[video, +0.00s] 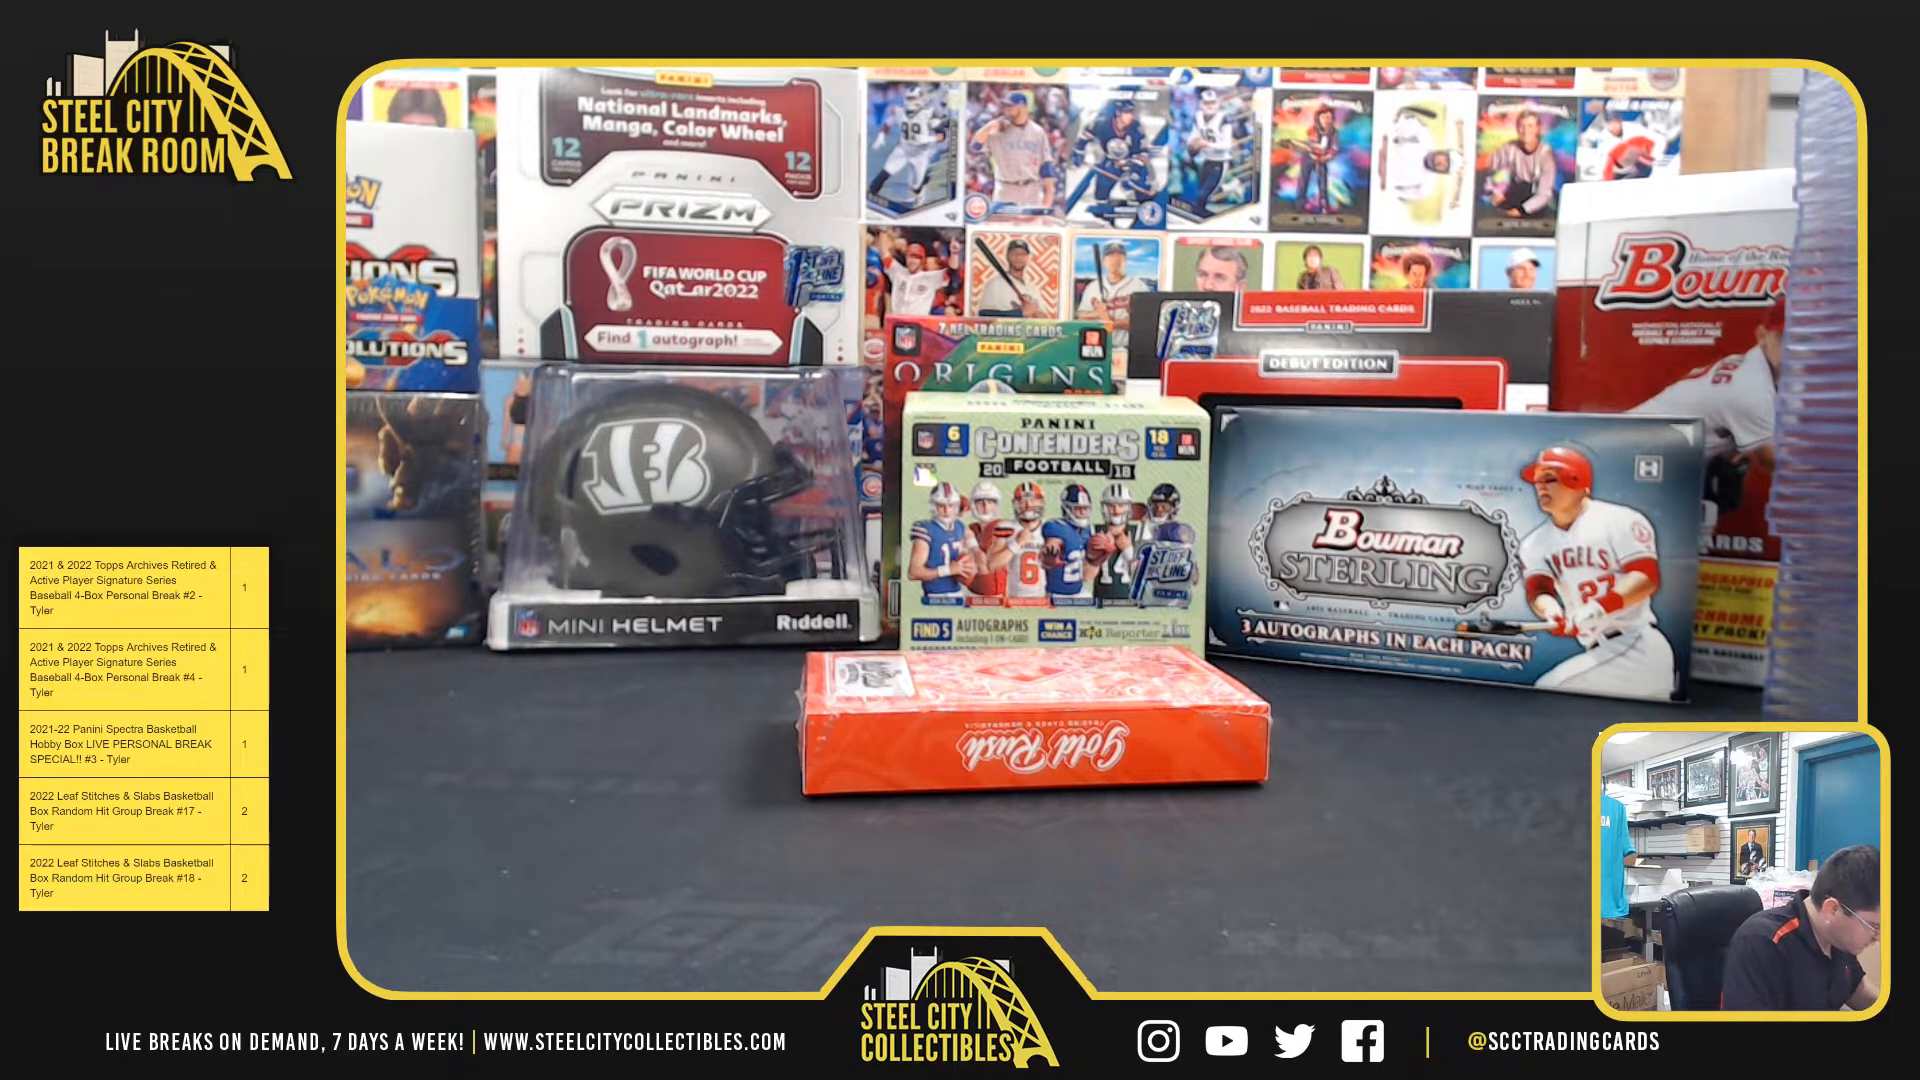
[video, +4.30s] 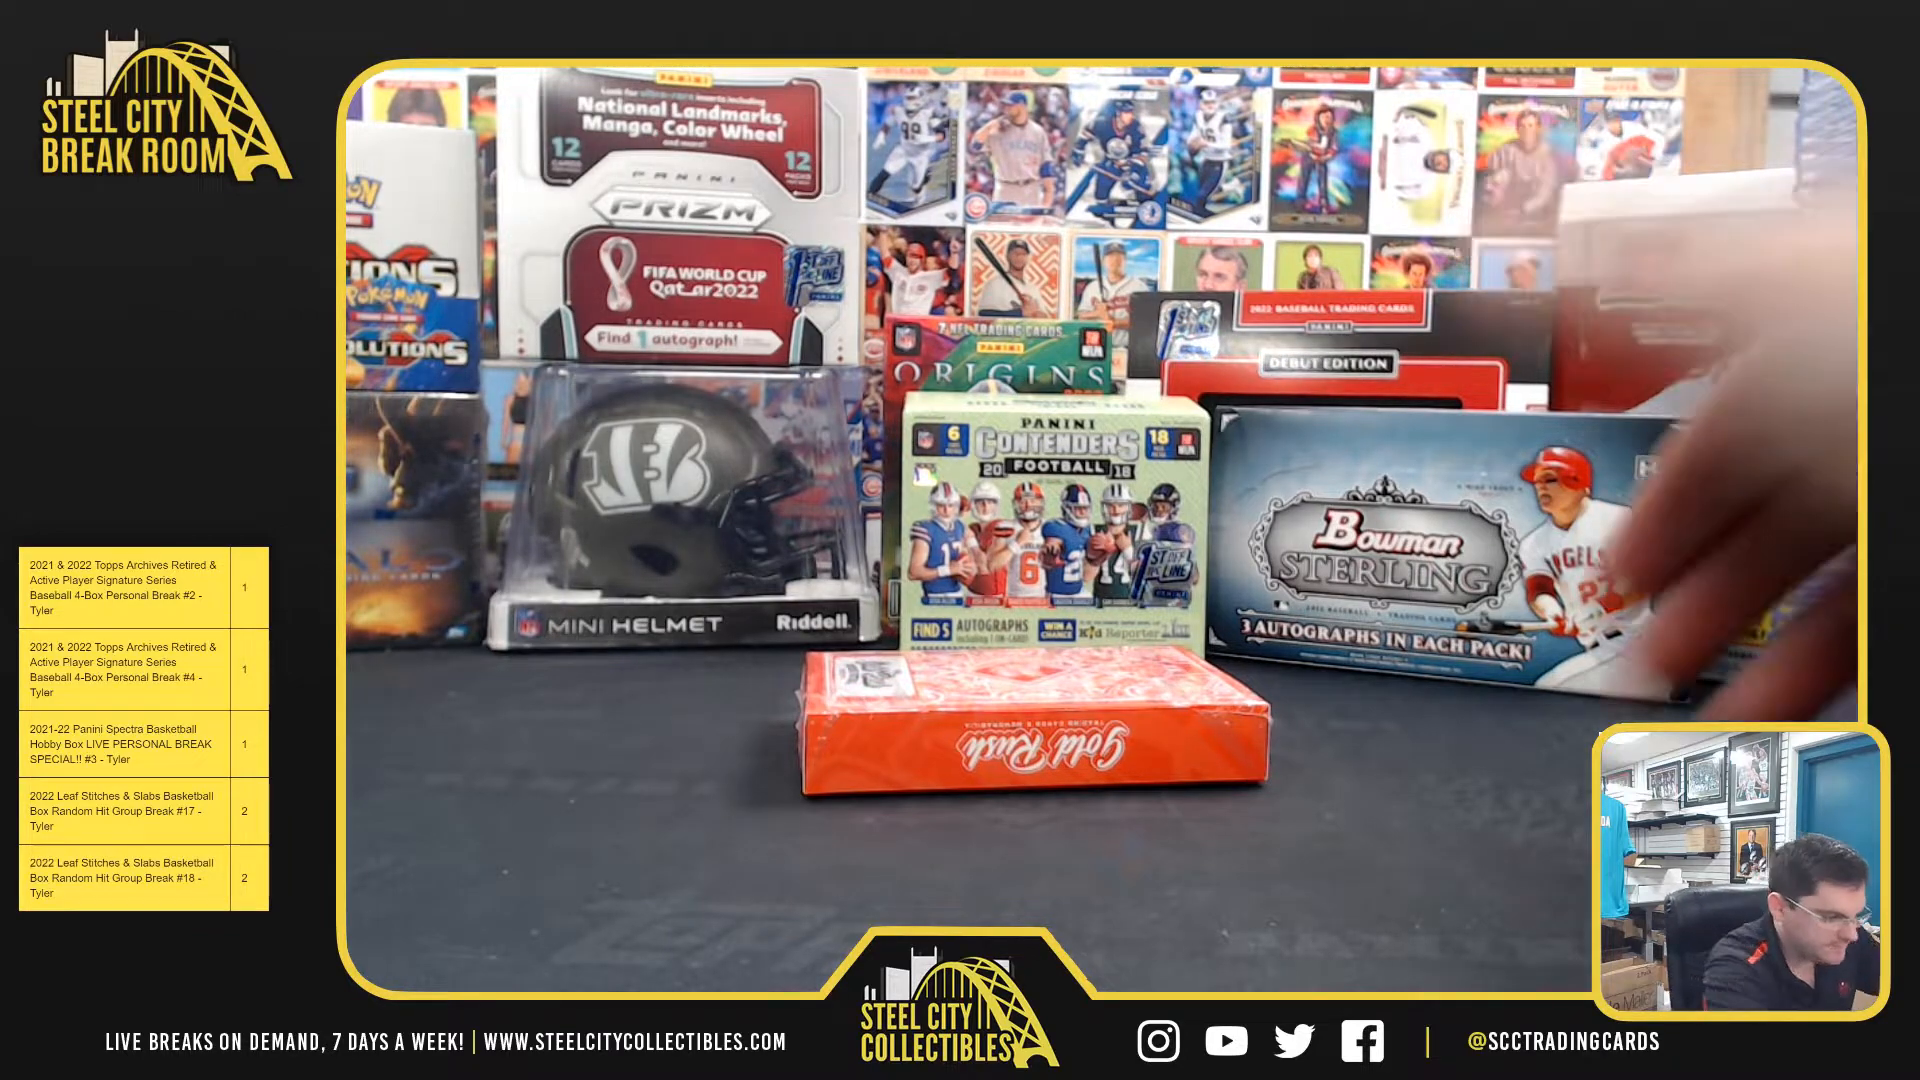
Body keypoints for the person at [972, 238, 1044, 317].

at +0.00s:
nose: (1019, 258)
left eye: (1023, 254)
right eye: (1015, 254)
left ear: (1028, 258)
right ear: (1008, 256)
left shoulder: (1032, 288)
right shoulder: (995, 284)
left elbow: (1045, 317)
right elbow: (985, 314)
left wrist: (1034, 310)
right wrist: (1020, 313)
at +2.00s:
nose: (1019, 258)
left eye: (1023, 254)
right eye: (1015, 254)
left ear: (1028, 258)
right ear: (1008, 256)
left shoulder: (1033, 288)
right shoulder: (995, 284)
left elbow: (1044, 317)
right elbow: (985, 314)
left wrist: (1033, 310)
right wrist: (1020, 313)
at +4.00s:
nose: (1020, 258)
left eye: (1023, 254)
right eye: (1016, 254)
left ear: (1028, 257)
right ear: (1008, 256)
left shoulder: (1032, 288)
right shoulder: (995, 284)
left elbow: (1045, 316)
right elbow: (985, 315)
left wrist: (1034, 311)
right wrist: (1021, 312)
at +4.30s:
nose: (1020, 257)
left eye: (1023, 254)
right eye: (1016, 254)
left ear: (1028, 257)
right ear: (1008, 256)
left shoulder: (1032, 288)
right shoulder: (995, 284)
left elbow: (1045, 316)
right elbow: (985, 316)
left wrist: (1034, 312)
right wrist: (1022, 313)